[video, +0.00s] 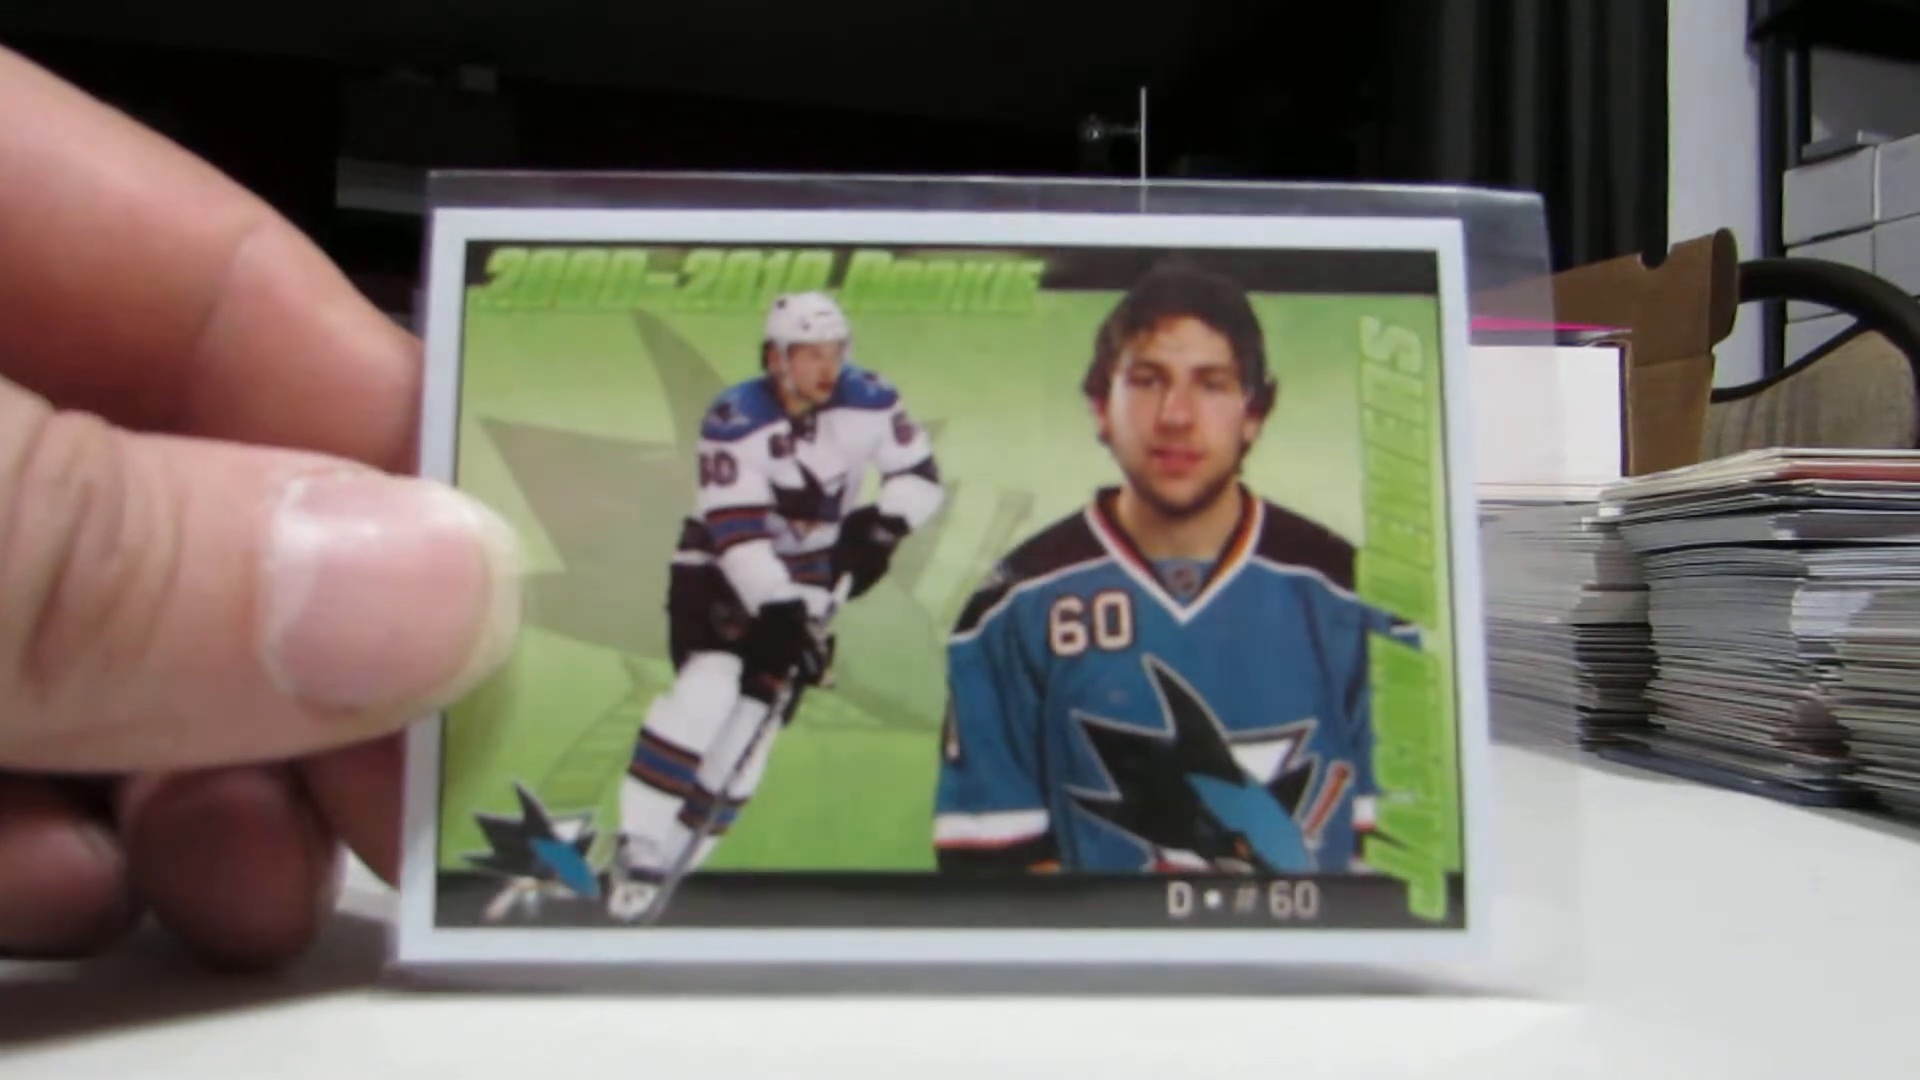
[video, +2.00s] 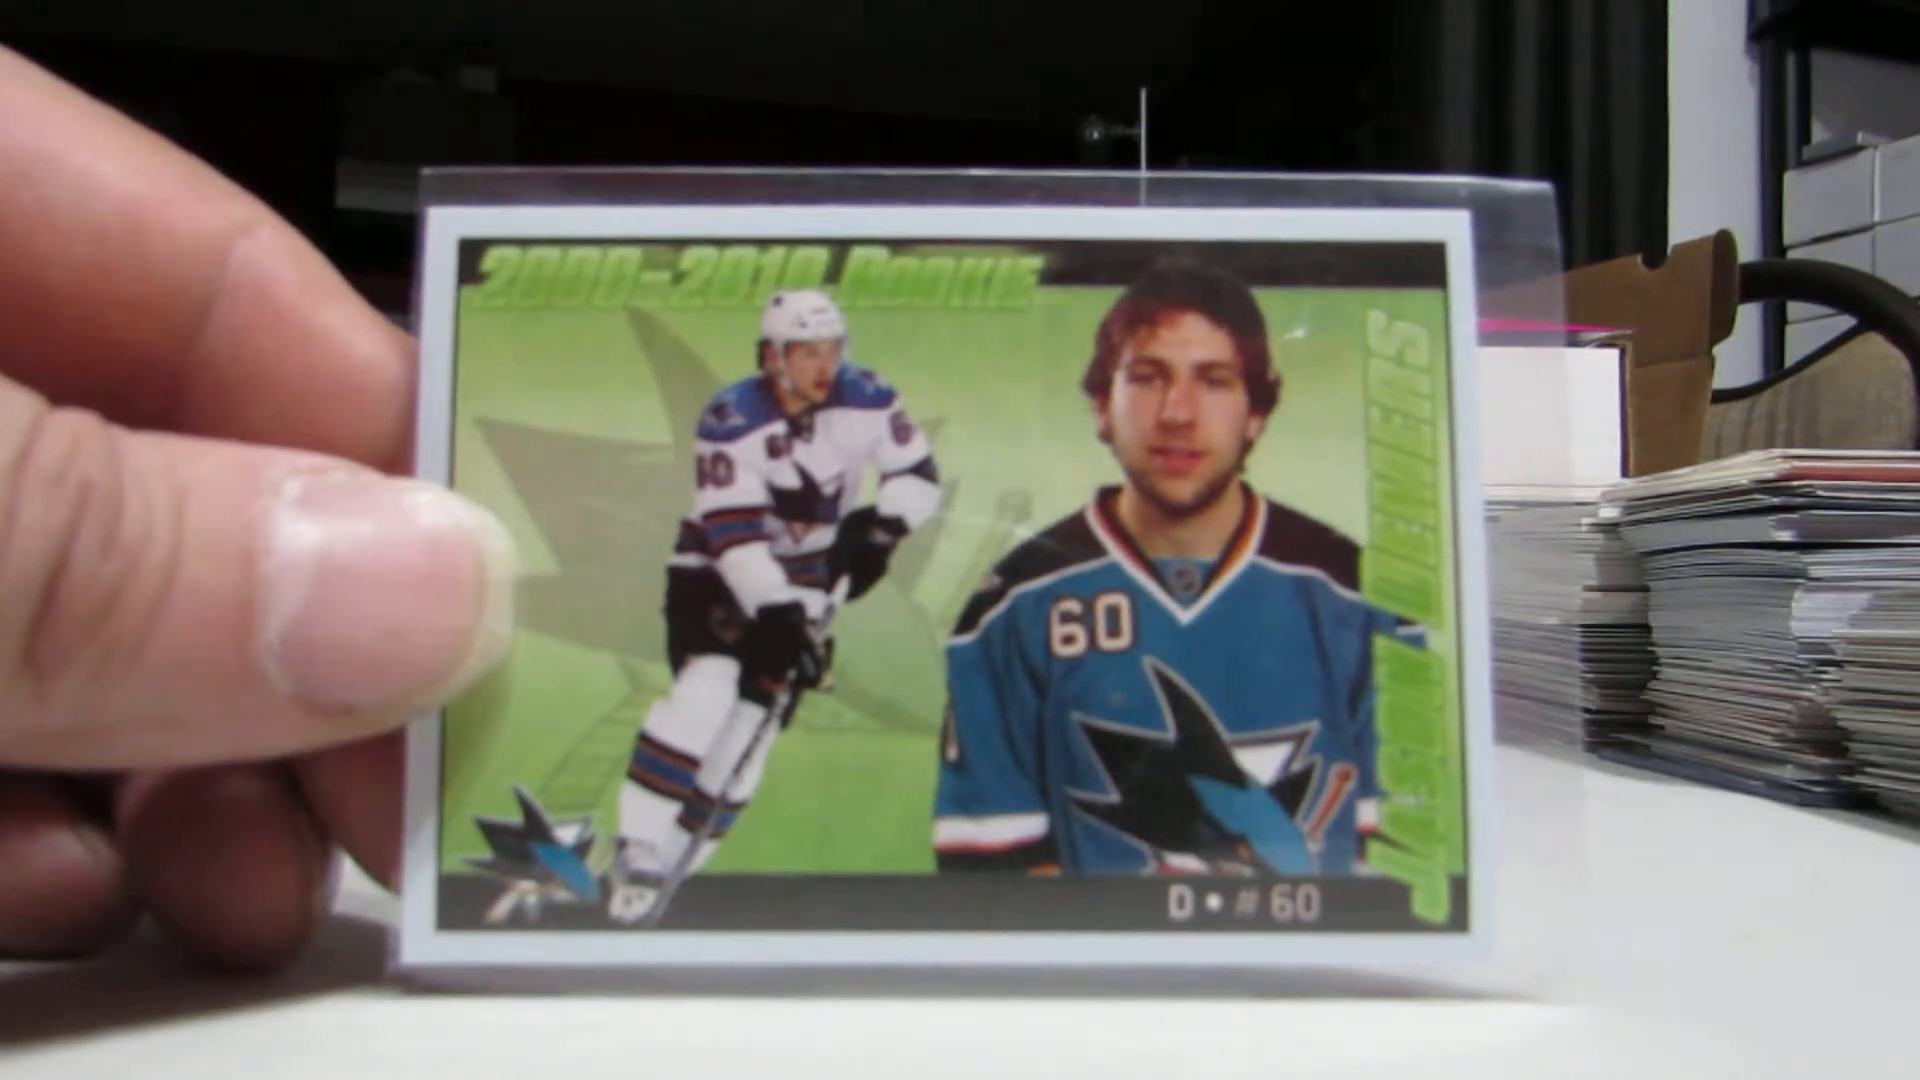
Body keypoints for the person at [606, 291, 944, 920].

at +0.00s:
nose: (828, 368)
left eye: (836, 354)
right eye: (813, 355)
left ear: (846, 354)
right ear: (777, 359)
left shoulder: (870, 403)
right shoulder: (736, 419)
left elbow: (918, 477)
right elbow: (735, 526)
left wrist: (880, 530)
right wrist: (777, 606)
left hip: (808, 578)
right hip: (723, 566)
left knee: (755, 718)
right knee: (711, 682)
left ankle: (676, 860)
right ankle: (641, 848)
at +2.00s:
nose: (825, 366)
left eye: (832, 352)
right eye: (809, 353)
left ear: (843, 352)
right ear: (773, 359)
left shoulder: (868, 401)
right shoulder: (732, 420)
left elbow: (917, 476)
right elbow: (732, 528)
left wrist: (879, 531)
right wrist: (776, 610)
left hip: (807, 580)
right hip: (720, 569)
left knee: (754, 723)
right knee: (709, 686)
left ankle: (678, 862)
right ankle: (640, 850)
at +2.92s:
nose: (821, 354)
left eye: (830, 340)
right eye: (806, 340)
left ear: (844, 341)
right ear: (774, 344)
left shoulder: (869, 391)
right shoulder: (733, 405)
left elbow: (919, 465)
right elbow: (731, 511)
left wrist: (879, 517)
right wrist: (771, 593)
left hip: (804, 567)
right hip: (717, 554)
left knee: (746, 707)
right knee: (705, 666)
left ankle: (670, 839)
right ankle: (634, 829)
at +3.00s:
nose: (758, 230)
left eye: (771, 217)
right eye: (745, 215)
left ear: (788, 222)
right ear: (720, 215)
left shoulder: (807, 275)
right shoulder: (682, 266)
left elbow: (838, 352)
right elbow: (657, 363)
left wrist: (784, 395)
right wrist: (699, 443)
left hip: (730, 421)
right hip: (655, 402)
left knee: (661, 524)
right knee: (629, 493)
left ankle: (596, 621)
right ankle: (558, 600)